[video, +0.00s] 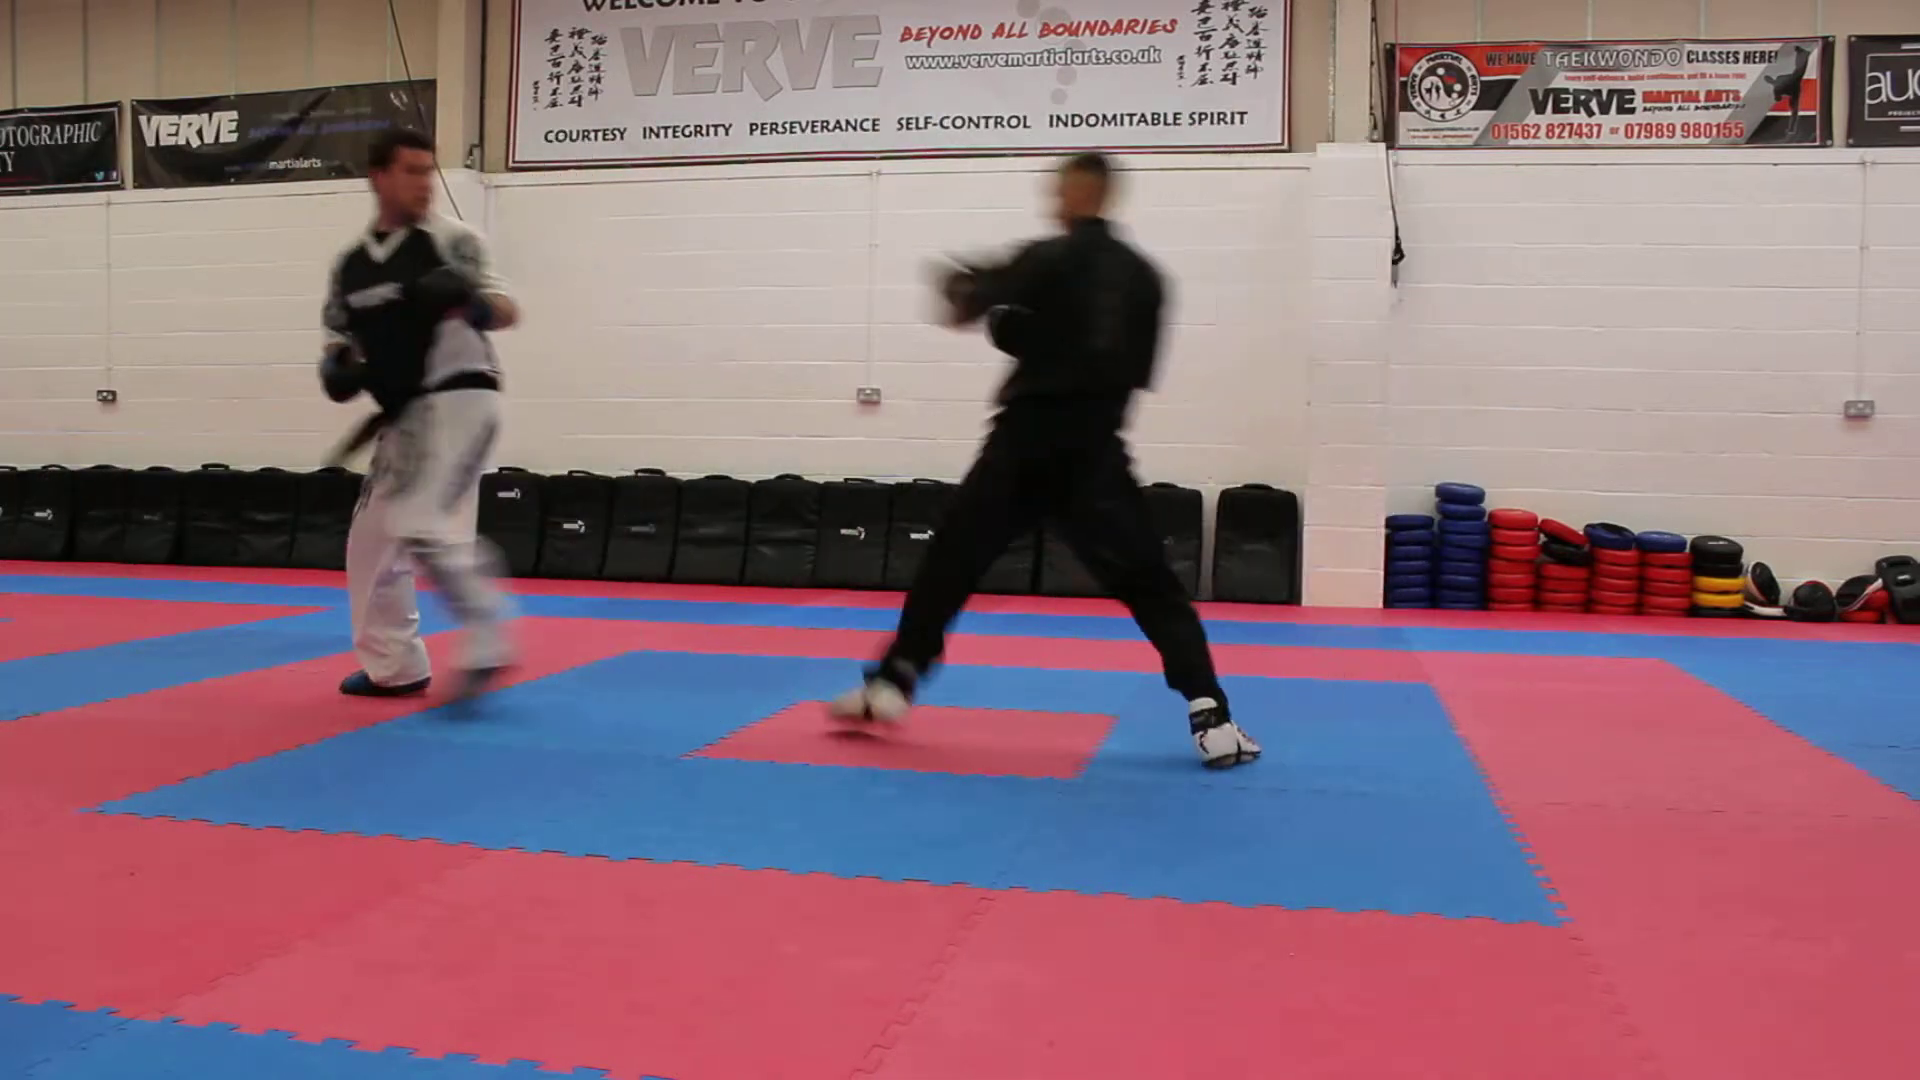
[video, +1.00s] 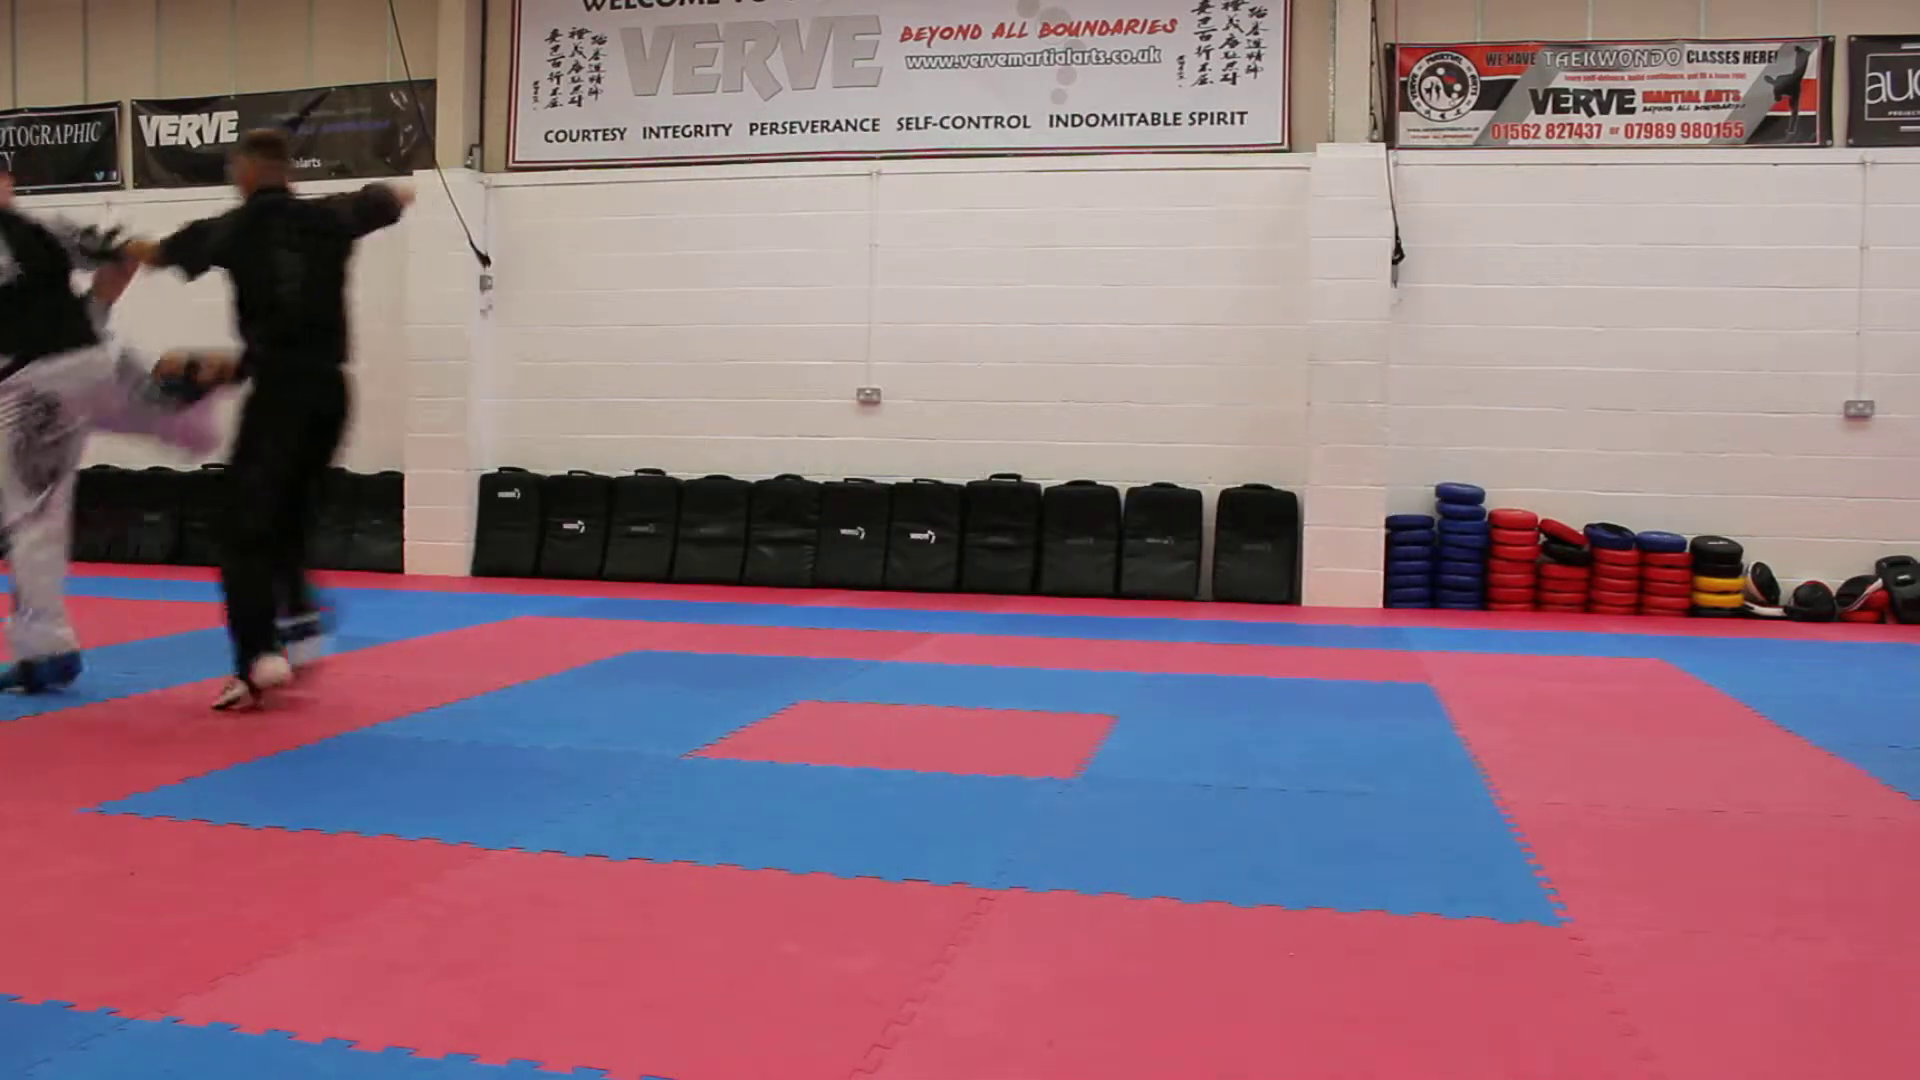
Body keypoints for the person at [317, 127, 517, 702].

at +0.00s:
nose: (425, 183)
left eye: (430, 172)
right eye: (412, 172)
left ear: (435, 177)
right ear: (378, 178)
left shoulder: (449, 242)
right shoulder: (351, 267)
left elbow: (503, 311)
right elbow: (340, 351)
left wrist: (463, 298)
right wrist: (342, 370)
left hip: (462, 398)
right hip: (404, 410)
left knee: (420, 521)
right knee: (370, 538)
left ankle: (490, 640)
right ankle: (394, 664)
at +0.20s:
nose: (284, 188)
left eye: (293, 174)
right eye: (280, 177)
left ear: (330, 175)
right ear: (292, 180)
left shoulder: (346, 224)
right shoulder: (324, 242)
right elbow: (336, 351)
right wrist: (294, 425)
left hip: (356, 409)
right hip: (386, 412)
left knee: (282, 533)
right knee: (374, 546)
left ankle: (213, 649)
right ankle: (399, 665)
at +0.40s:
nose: (248, 201)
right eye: (245, 193)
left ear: (188, 204)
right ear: (239, 195)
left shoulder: (173, 257)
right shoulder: (287, 250)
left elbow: (182, 336)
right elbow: (323, 329)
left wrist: (189, 411)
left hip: (242, 416)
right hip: (319, 412)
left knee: (204, 537)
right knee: (347, 532)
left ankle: (190, 657)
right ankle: (377, 640)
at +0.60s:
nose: (151, 227)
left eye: (146, 216)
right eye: (144, 217)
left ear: (87, 227)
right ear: (120, 219)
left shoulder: (59, 293)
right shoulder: (161, 258)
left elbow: (40, 385)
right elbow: (254, 301)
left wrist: (78, 342)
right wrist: (225, 348)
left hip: (179, 425)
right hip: (242, 388)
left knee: (166, 543)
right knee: (344, 420)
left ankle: (184, 662)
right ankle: (412, 431)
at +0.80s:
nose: (72, 172)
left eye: (68, 164)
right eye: (67, 162)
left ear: (11, 168)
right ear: (44, 160)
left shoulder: (3, 220)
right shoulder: (79, 194)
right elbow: (181, 229)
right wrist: (146, 287)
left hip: (107, 361)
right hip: (166, 324)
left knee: (128, 496)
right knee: (280, 363)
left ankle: (154, 617)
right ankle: (319, 325)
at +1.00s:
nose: (7, 184)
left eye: (4, 178)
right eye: (6, 178)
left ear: (5, 182)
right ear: (8, 181)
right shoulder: (32, 228)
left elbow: (121, 255)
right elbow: (124, 254)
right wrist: (88, 317)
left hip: (24, 385)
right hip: (89, 363)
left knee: (34, 525)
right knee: (193, 429)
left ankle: (46, 649)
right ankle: (190, 379)